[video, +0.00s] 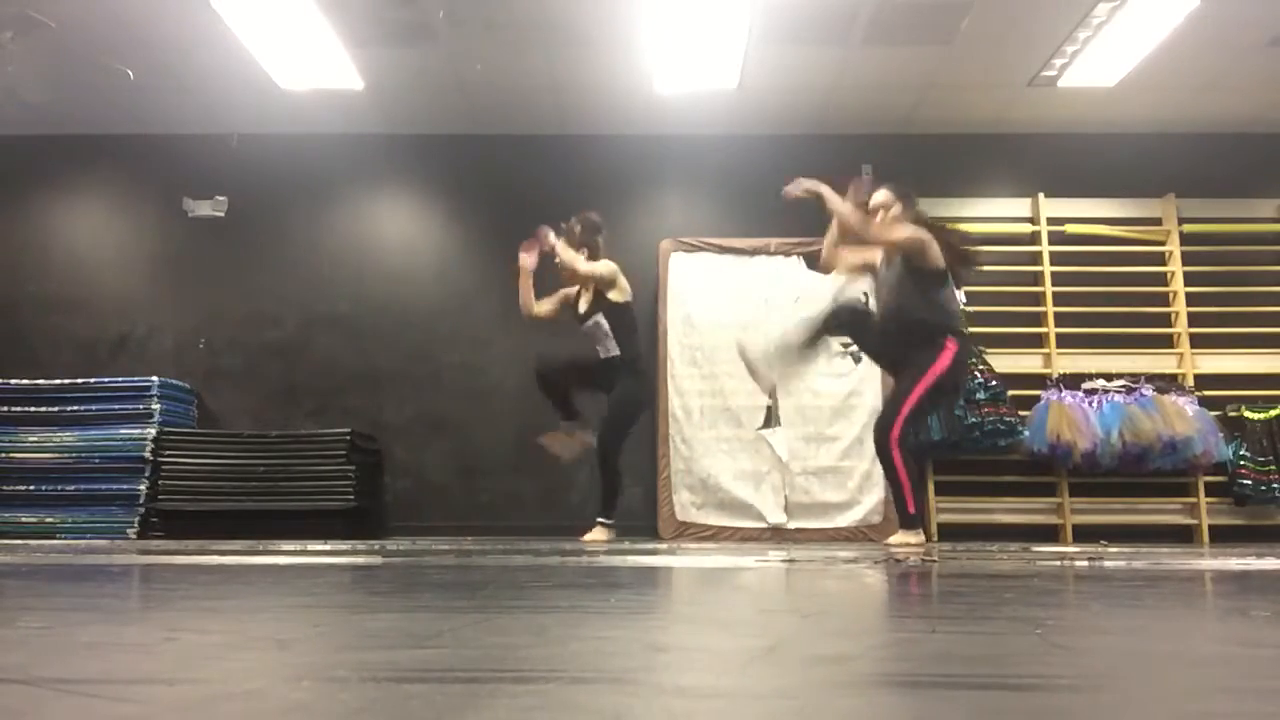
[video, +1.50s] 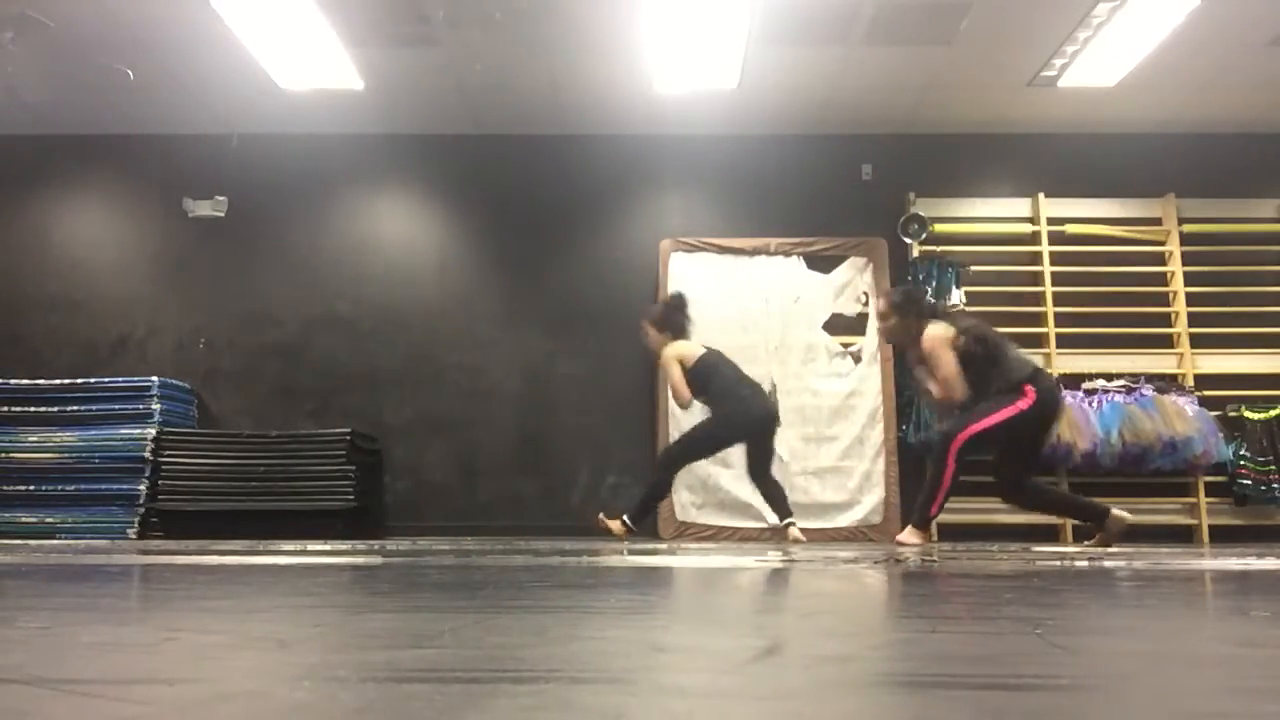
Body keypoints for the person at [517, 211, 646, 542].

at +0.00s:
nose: (565, 254)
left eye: (569, 247)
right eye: (564, 248)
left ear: (585, 247)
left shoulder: (610, 273)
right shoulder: (574, 293)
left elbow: (580, 267)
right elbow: (531, 310)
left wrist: (554, 244)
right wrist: (526, 270)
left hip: (632, 373)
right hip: (606, 370)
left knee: (608, 445)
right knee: (548, 369)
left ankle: (605, 524)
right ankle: (576, 430)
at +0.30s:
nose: (568, 299)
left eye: (573, 293)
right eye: (569, 293)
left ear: (594, 296)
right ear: (586, 297)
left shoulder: (622, 326)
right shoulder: (584, 332)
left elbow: (633, 377)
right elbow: (593, 376)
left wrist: (584, 380)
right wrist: (596, 414)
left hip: (653, 405)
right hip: (653, 404)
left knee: (590, 453)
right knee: (696, 470)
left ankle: (611, 528)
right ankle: (765, 506)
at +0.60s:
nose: (635, 279)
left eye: (636, 272)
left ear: (640, 276)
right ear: (668, 267)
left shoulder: (647, 318)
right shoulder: (689, 289)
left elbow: (637, 361)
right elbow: (682, 249)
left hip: (686, 394)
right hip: (719, 391)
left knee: (634, 445)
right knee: (747, 460)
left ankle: (618, 525)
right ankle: (787, 524)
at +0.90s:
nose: (744, 263)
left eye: (740, 256)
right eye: (742, 257)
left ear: (707, 261)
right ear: (735, 261)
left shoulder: (692, 294)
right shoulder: (740, 289)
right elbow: (772, 245)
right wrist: (788, 201)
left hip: (701, 387)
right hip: (739, 385)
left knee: (667, 457)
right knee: (762, 455)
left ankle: (626, 521)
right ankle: (791, 526)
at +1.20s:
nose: (761, 328)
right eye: (761, 323)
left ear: (732, 324)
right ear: (758, 322)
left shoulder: (717, 351)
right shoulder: (764, 345)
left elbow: (712, 390)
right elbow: (807, 374)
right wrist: (847, 386)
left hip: (719, 404)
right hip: (761, 402)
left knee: (675, 466)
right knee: (775, 458)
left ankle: (627, 523)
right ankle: (791, 526)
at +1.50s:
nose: (646, 340)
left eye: (648, 333)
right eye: (644, 333)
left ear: (662, 331)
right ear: (672, 329)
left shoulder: (670, 353)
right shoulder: (699, 348)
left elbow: (684, 400)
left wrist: (681, 375)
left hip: (734, 415)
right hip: (764, 412)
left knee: (668, 462)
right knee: (761, 472)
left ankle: (628, 523)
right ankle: (790, 525)